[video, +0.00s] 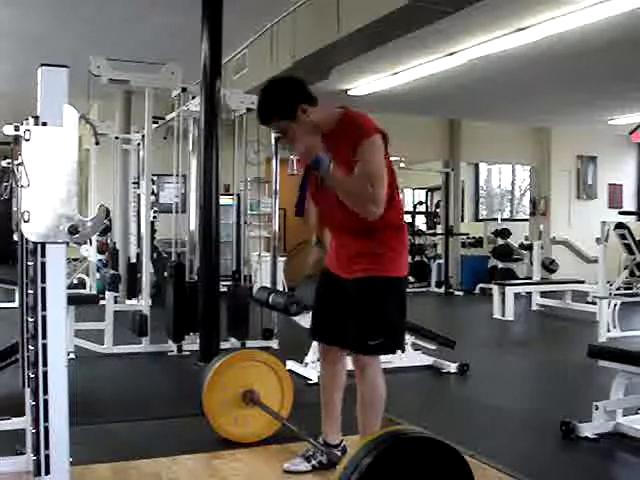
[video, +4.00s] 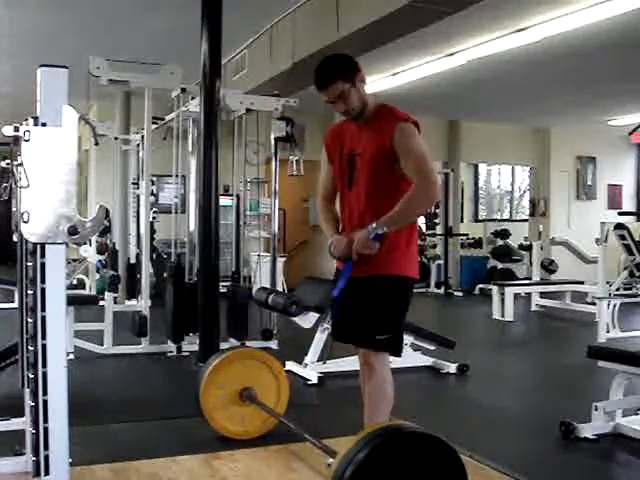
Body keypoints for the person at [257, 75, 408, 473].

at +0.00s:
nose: (287, 144)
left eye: (285, 134)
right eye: (281, 138)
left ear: (304, 112)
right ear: (302, 115)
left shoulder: (363, 131)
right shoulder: (319, 141)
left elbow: (373, 204)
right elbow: (321, 212)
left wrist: (322, 166)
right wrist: (308, 183)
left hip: (378, 265)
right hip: (339, 261)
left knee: (367, 358)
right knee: (329, 352)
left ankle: (369, 452)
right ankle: (331, 444)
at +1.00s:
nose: (238, 280)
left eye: (234, 275)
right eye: (233, 277)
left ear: (244, 265)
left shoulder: (307, 275)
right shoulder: (275, 271)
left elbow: (330, 357)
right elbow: (285, 336)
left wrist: (330, 431)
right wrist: (288, 402)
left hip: (410, 286)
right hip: (372, 288)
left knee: (347, 361)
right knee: (311, 351)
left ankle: (378, 455)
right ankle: (328, 449)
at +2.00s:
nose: (208, 268)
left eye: (204, 261)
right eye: (202, 263)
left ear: (212, 250)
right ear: (222, 236)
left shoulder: (279, 264)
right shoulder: (260, 254)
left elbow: (309, 336)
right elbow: (281, 321)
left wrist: (323, 416)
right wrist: (287, 380)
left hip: (387, 278)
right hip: (359, 279)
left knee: (336, 362)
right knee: (313, 357)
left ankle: (372, 453)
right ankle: (330, 446)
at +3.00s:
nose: (312, 104)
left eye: (316, 94)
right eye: (307, 98)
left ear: (338, 81)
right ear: (308, 97)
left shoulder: (381, 121)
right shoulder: (328, 137)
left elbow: (438, 163)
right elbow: (346, 197)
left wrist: (430, 231)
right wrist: (349, 252)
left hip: (397, 265)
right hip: (352, 266)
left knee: (405, 358)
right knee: (339, 353)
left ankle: (423, 444)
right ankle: (332, 446)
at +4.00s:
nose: (339, 107)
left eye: (342, 97)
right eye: (331, 102)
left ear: (360, 79)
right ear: (324, 99)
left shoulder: (396, 127)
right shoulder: (336, 136)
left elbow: (427, 190)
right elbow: (325, 198)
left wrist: (374, 230)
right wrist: (335, 236)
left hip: (390, 263)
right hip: (356, 262)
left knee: (375, 358)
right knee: (367, 358)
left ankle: (374, 451)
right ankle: (372, 447)